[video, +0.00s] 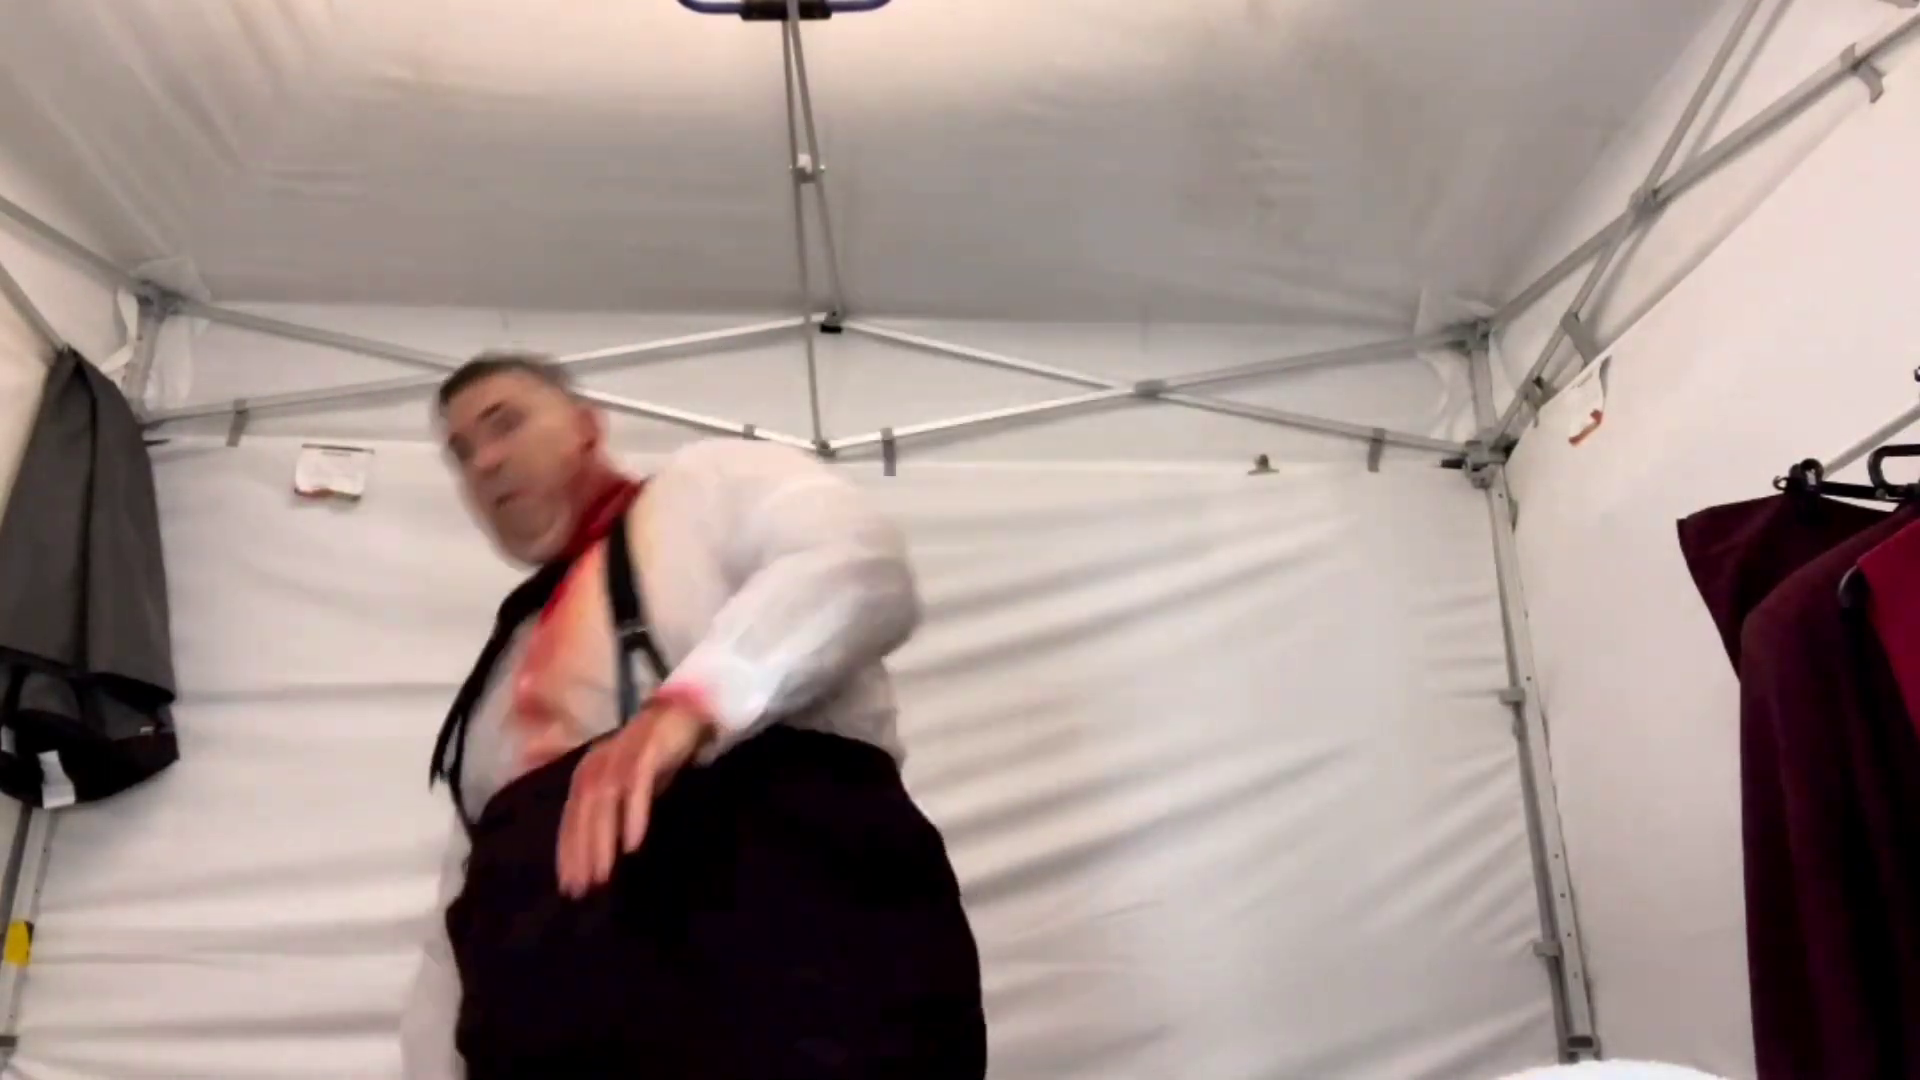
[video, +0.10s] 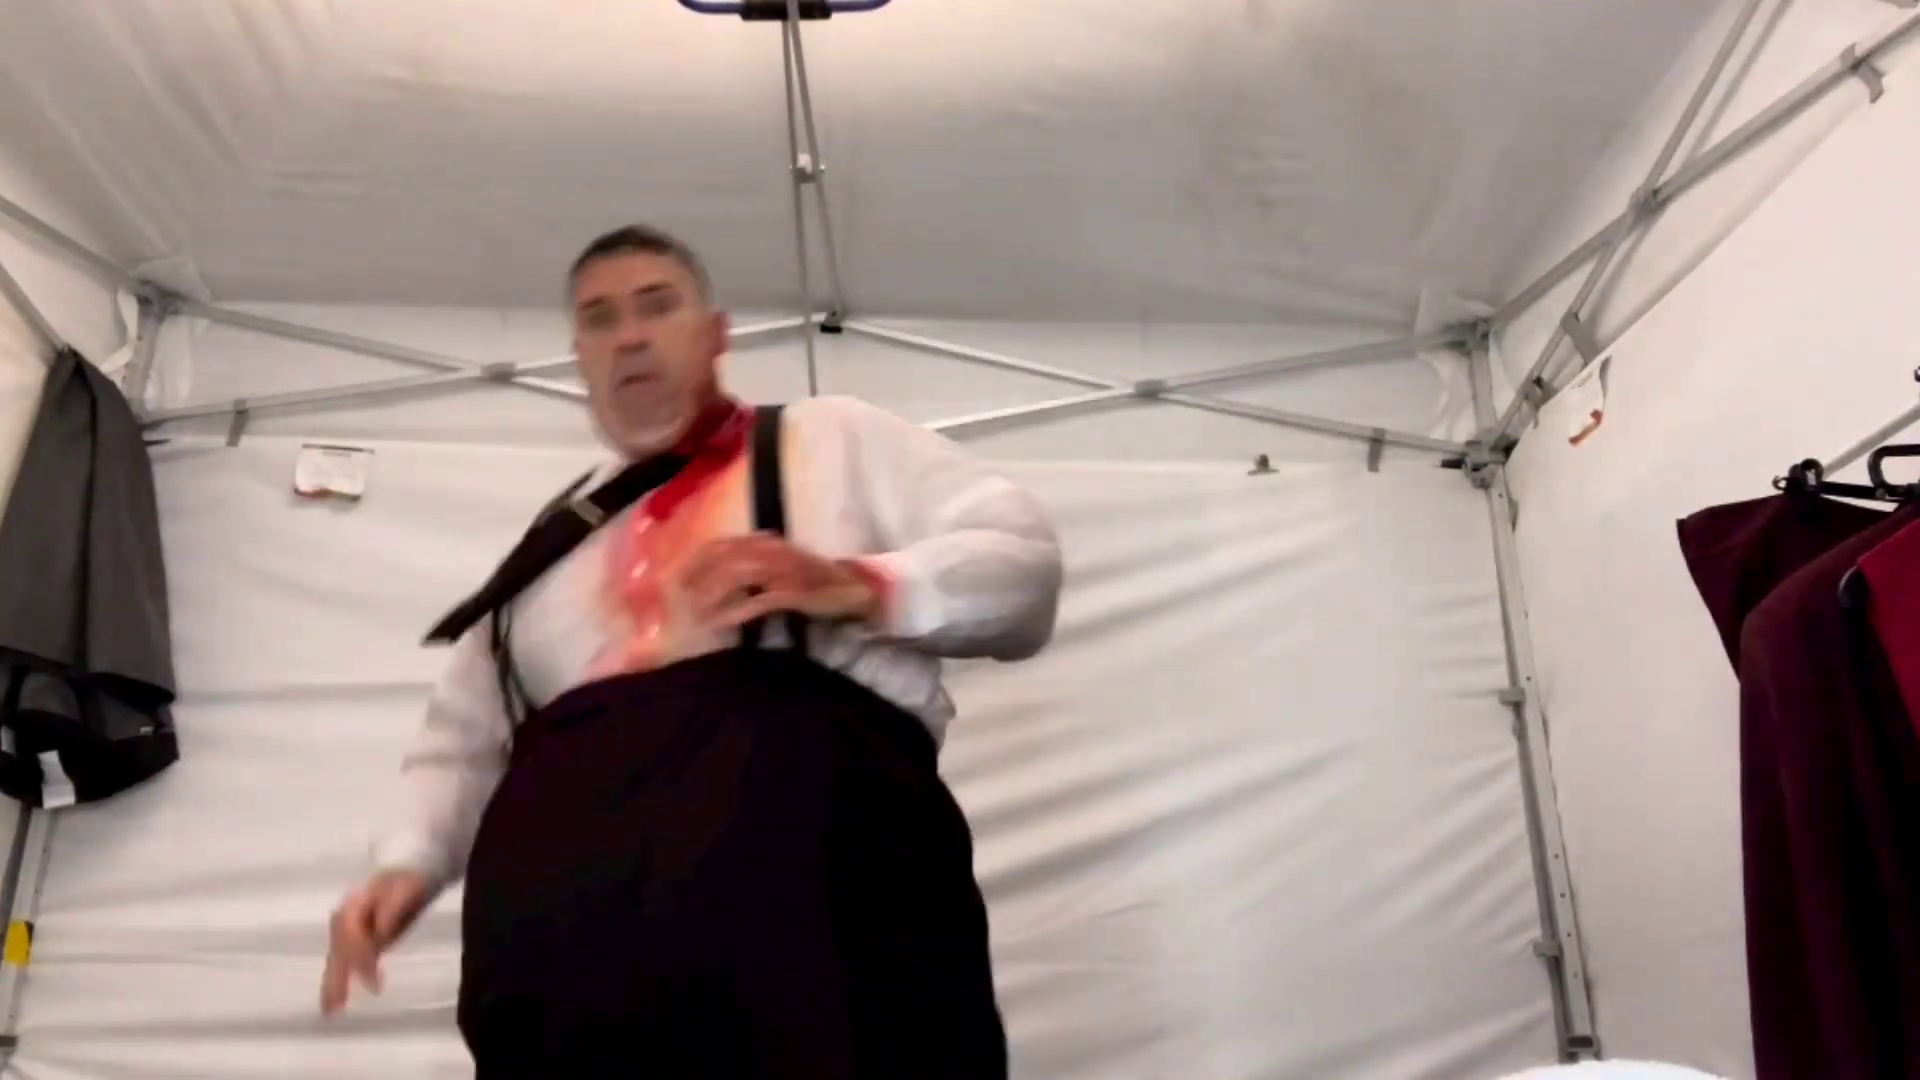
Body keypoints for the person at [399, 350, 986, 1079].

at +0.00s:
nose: (483, 463)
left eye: (505, 423)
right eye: (462, 457)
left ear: (586, 425)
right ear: (464, 495)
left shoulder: (709, 483)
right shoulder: (497, 687)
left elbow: (862, 564)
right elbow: (465, 932)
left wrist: (689, 706)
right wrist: (432, 1059)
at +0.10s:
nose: (627, 337)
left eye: (656, 305)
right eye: (598, 319)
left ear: (717, 332)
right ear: (578, 360)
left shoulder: (832, 439)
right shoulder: (544, 559)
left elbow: (1023, 565)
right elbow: (462, 743)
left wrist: (865, 586)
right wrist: (408, 867)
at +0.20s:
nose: (778, 295)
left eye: (806, 271)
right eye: (750, 266)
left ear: (838, 308)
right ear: (694, 297)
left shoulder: (931, 472)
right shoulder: (582, 504)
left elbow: (1065, 631)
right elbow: (484, 669)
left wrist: (968, 651)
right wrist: (442, 749)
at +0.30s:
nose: (891, 354)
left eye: (918, 335)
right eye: (863, 316)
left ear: (934, 367)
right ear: (790, 333)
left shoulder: (973, 544)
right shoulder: (643, 499)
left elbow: (1067, 710)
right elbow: (478, 692)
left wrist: (1073, 790)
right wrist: (501, 839)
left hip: (920, 975)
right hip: (675, 968)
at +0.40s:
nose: (947, 351)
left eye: (975, 330)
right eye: (920, 310)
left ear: (988, 364)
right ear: (842, 325)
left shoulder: (997, 568)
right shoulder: (690, 485)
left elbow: (1070, 750)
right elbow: (514, 704)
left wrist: (1102, 809)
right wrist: (573, 887)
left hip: (980, 1012)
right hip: (744, 1004)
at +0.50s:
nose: (960, 276)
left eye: (991, 255)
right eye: (932, 236)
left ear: (1005, 291)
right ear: (858, 254)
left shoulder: (1004, 484)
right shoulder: (700, 393)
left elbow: (983, 725)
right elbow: (525, 603)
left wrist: (1091, 729)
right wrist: (636, 777)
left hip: (989, 941)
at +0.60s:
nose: (959, 270)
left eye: (991, 248)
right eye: (930, 229)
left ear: (1006, 285)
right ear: (854, 246)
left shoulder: (1005, 476)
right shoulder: (687, 391)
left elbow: (1029, 706)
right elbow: (498, 592)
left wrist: (1117, 712)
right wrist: (653, 753)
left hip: (988, 943)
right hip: (740, 920)